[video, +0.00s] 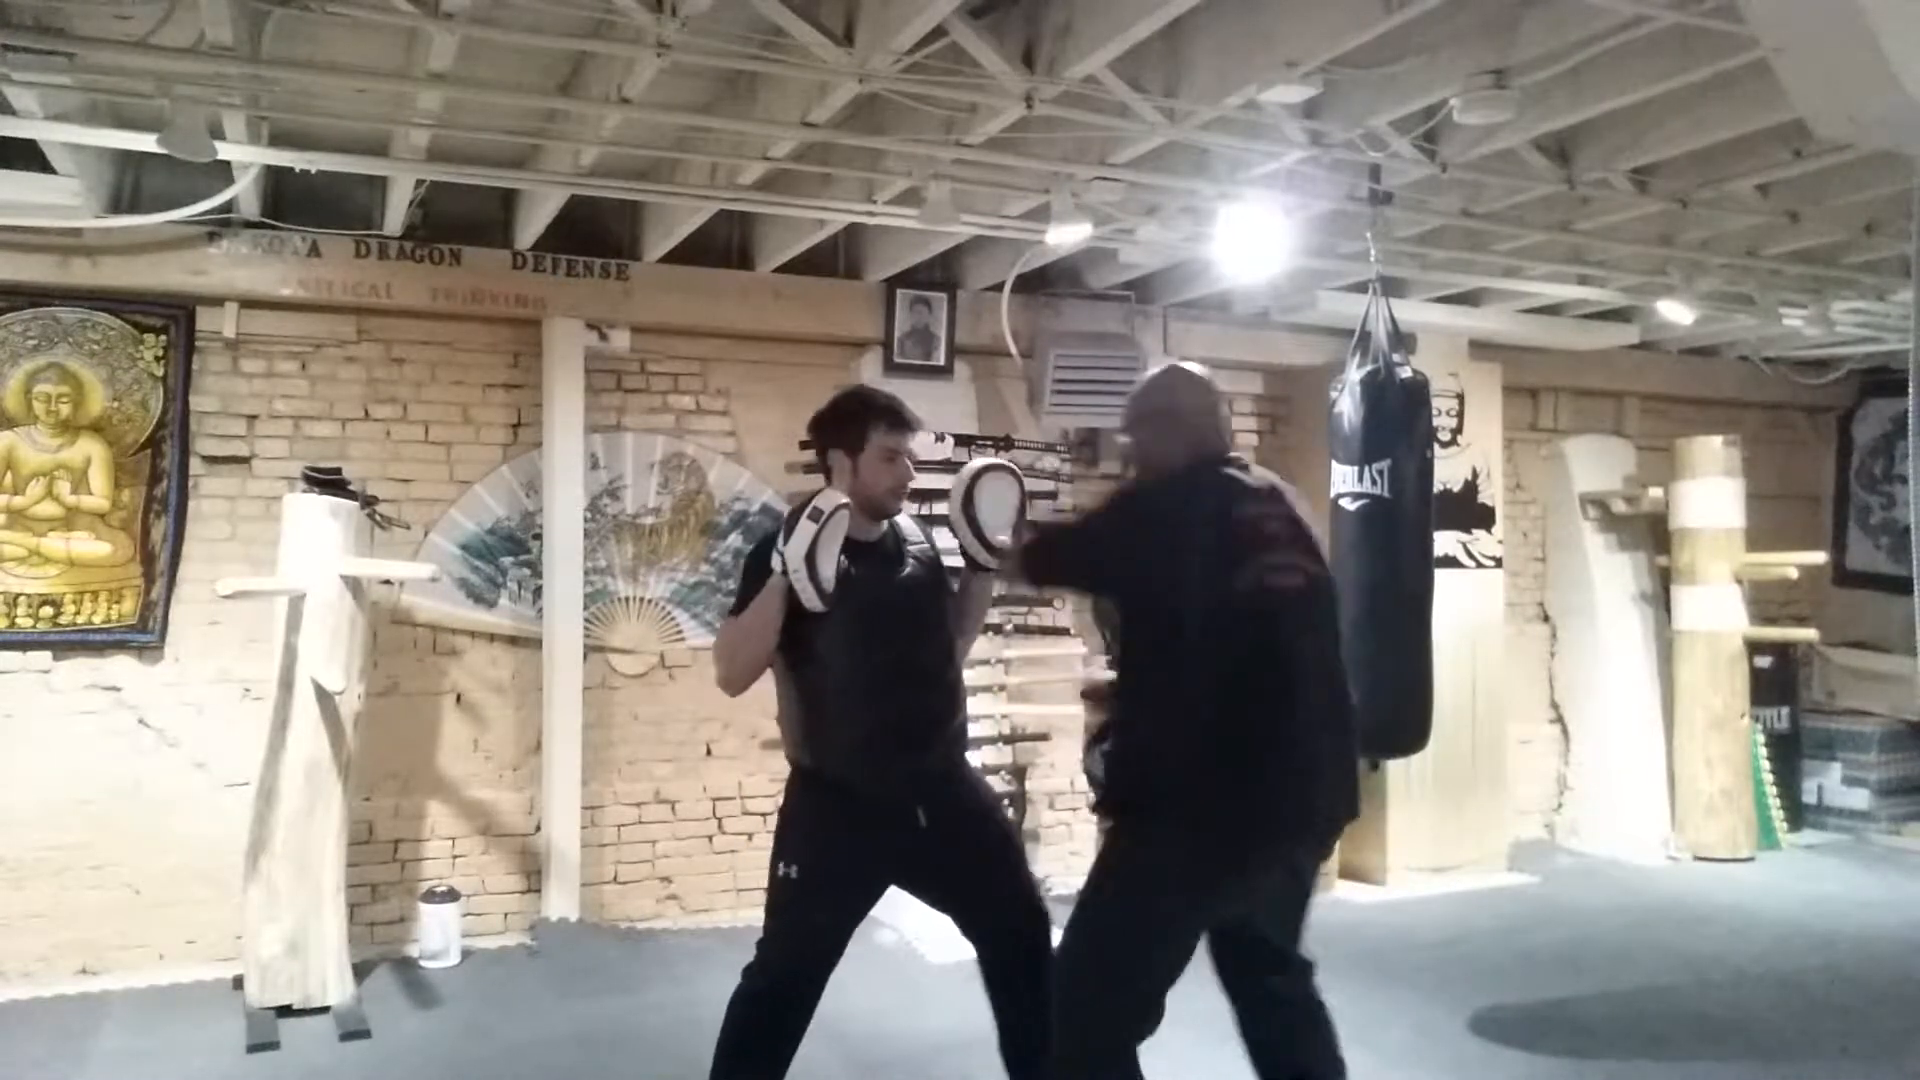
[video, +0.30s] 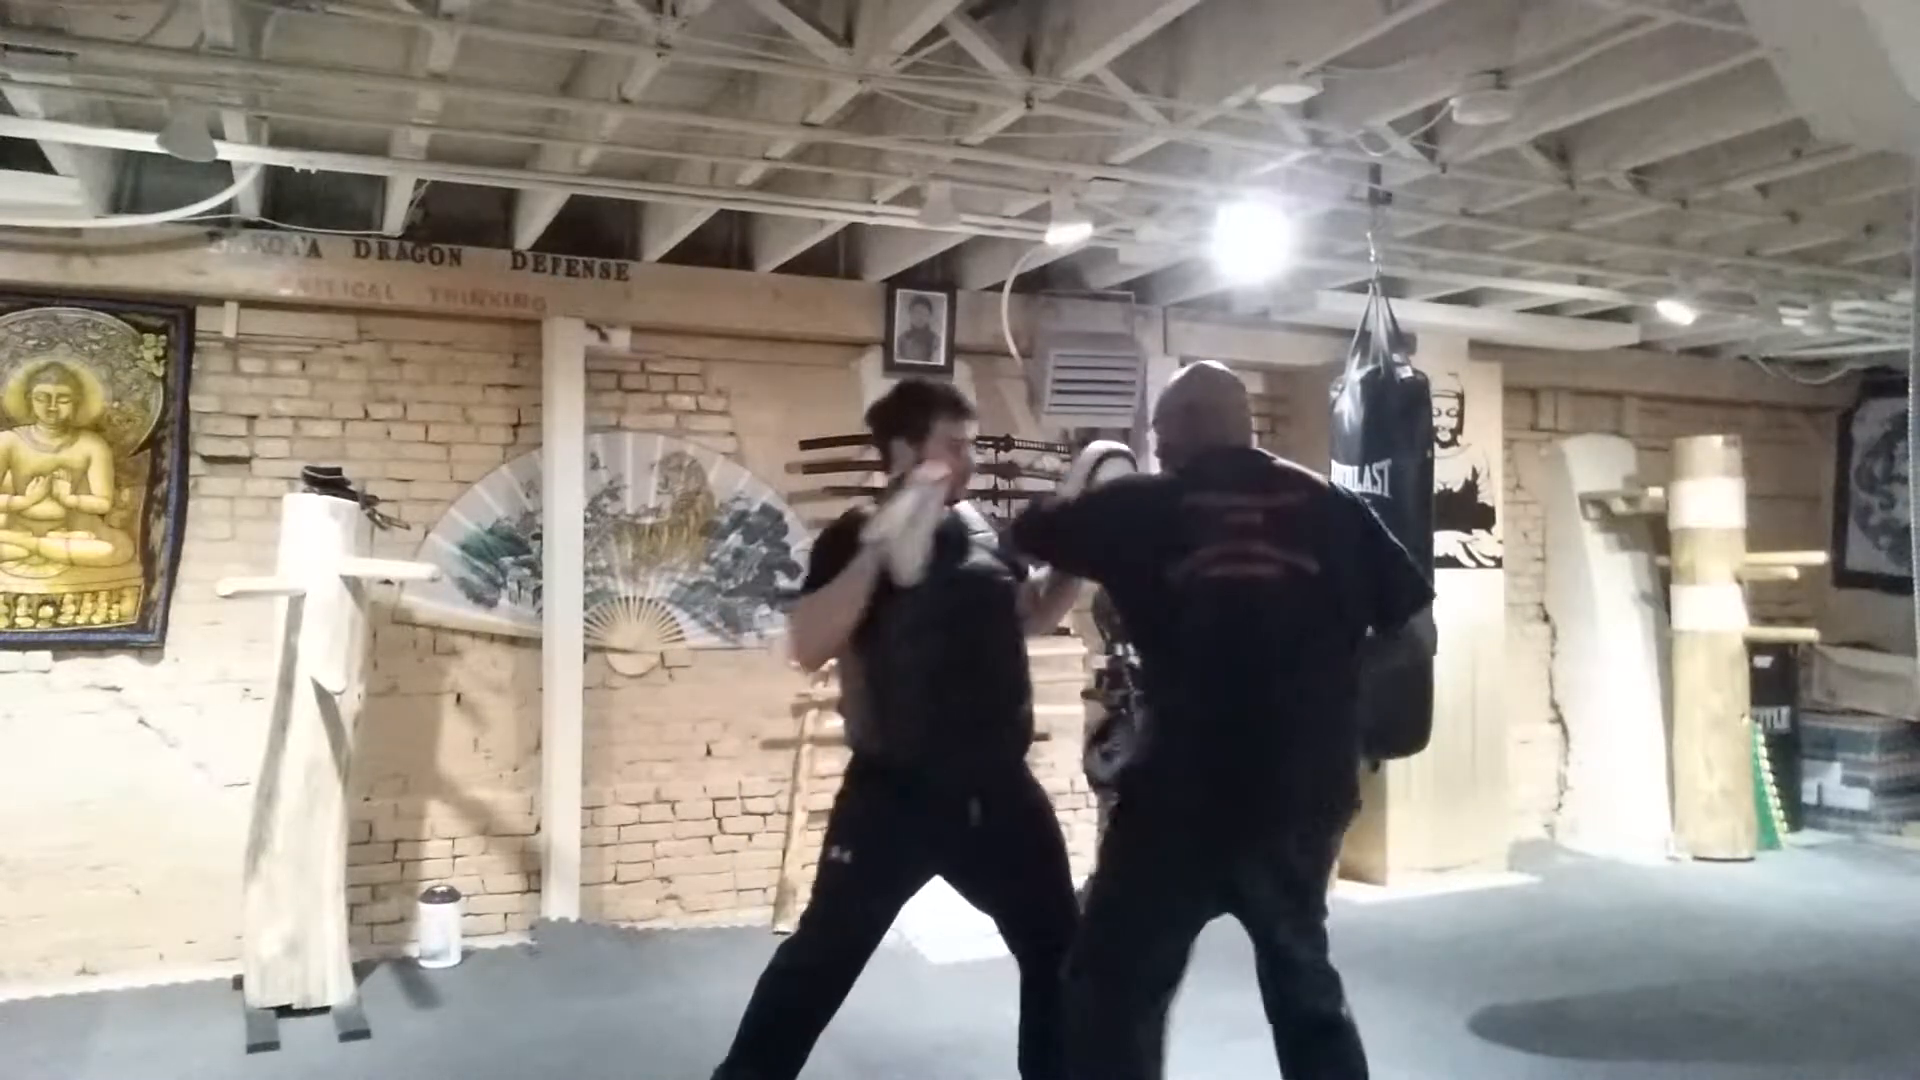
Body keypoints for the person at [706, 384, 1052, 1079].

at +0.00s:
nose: (908, 472)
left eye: (909, 458)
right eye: (890, 458)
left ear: (910, 461)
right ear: (838, 465)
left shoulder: (922, 539)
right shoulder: (785, 551)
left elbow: (947, 653)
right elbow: (732, 673)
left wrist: (982, 566)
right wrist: (791, 572)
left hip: (942, 798)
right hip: (835, 807)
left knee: (1021, 937)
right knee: (783, 979)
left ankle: (1042, 1078)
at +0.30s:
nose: (970, 460)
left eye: (970, 445)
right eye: (955, 445)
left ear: (956, 455)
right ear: (904, 451)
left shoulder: (982, 532)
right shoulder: (855, 538)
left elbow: (1035, 615)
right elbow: (807, 647)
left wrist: (1078, 535)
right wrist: (879, 548)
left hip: (997, 790)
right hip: (890, 797)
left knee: (1058, 955)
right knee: (818, 965)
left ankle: (1051, 1075)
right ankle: (744, 1077)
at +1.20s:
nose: (970, 486)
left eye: (977, 470)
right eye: (957, 466)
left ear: (978, 475)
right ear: (904, 456)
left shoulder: (961, 543)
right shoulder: (836, 530)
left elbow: (1023, 613)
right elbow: (813, 637)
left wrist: (1020, 519)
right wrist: (916, 558)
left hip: (949, 798)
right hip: (845, 798)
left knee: (1015, 949)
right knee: (779, 974)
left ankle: (1014, 1076)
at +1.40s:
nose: (967, 487)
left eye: (970, 471)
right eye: (957, 469)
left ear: (914, 466)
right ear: (904, 462)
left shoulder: (944, 550)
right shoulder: (830, 532)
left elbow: (961, 651)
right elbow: (820, 650)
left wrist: (1015, 598)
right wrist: (940, 578)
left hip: (940, 800)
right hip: (839, 802)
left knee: (1002, 963)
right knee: (773, 977)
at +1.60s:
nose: (910, 476)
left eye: (912, 460)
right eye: (901, 458)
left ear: (863, 455)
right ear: (847, 453)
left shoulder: (893, 545)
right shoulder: (774, 532)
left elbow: (951, 620)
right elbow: (774, 650)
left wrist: (987, 594)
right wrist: (893, 592)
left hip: (888, 804)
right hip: (787, 806)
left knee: (951, 976)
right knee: (735, 990)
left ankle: (997, 1079)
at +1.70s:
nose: (898, 455)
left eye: (899, 440)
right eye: (888, 438)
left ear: (849, 440)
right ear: (831, 436)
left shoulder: (877, 529)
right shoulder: (758, 519)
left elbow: (899, 619)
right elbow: (750, 640)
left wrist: (960, 603)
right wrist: (880, 590)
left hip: (879, 790)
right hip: (777, 793)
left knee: (929, 983)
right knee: (726, 981)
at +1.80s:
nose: (894, 444)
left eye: (895, 429)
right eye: (881, 427)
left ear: (848, 432)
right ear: (826, 425)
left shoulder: (876, 519)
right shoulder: (760, 509)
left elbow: (884, 623)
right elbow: (747, 628)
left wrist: (946, 592)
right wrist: (872, 582)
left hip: (879, 778)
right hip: (780, 779)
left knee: (909, 962)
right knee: (728, 969)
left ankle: (908, 1071)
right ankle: (684, 1078)